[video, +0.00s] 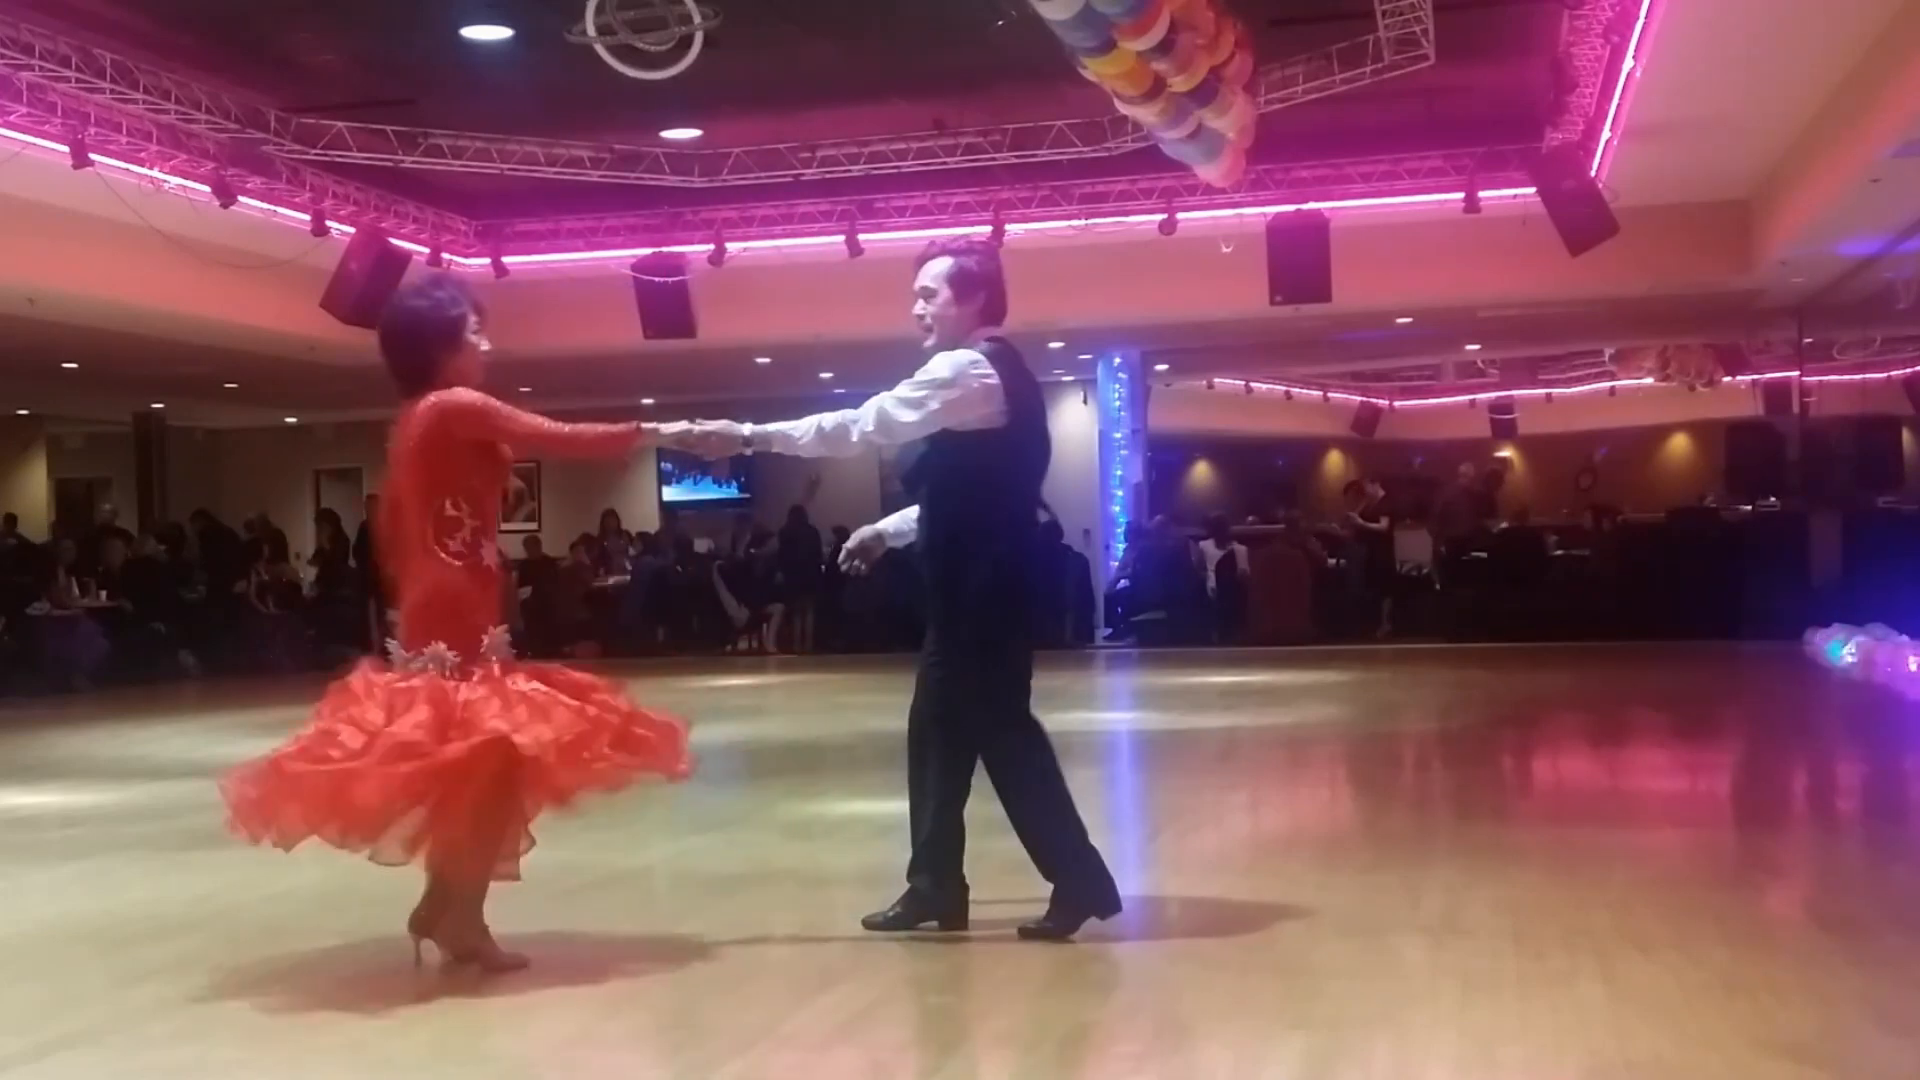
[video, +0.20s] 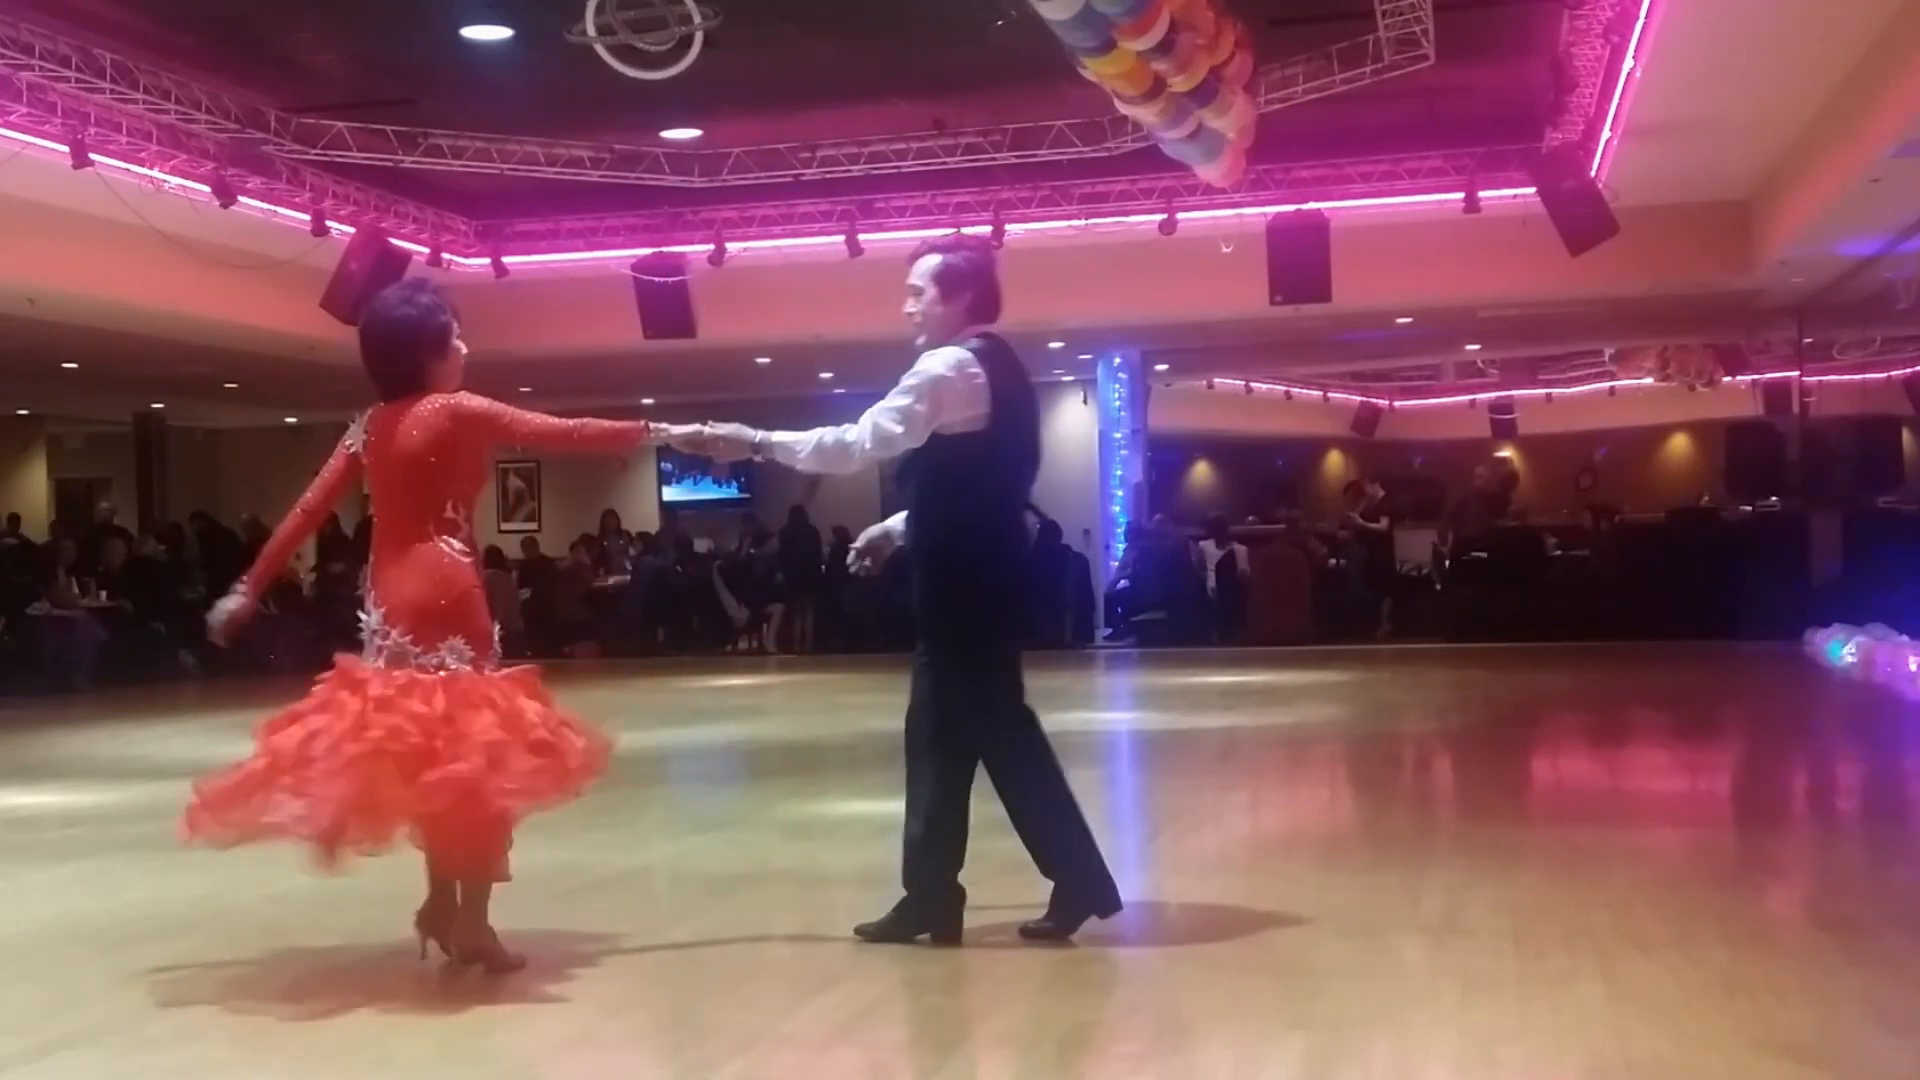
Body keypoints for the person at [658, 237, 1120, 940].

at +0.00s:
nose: (917, 310)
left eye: (930, 296)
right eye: (917, 298)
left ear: (975, 300)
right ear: (973, 307)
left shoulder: (968, 369)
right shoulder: (1001, 372)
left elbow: (858, 427)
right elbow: (974, 500)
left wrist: (743, 435)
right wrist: (887, 532)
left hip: (974, 582)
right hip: (994, 578)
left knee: (937, 729)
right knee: (1004, 729)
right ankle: (1081, 878)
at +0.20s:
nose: (907, 307)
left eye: (919, 294)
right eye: (908, 294)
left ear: (961, 299)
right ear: (967, 303)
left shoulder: (951, 368)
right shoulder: (998, 363)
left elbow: (856, 443)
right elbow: (979, 484)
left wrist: (745, 441)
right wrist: (899, 530)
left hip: (958, 575)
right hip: (986, 567)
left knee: (937, 732)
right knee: (999, 723)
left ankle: (931, 900)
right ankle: (1082, 880)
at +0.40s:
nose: (844, 311)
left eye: (854, 298)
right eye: (846, 297)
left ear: (893, 300)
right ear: (899, 302)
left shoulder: (894, 367)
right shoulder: (928, 366)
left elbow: (856, 470)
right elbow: (899, 501)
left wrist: (757, 474)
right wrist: (817, 536)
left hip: (905, 580)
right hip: (923, 576)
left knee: (888, 746)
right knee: (902, 746)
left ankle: (1005, 860)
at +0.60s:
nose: (764, 304)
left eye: (772, 290)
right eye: (766, 289)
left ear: (801, 293)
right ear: (835, 294)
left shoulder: (798, 362)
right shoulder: (871, 365)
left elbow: (792, 463)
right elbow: (844, 492)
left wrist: (681, 498)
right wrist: (741, 521)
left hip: (813, 586)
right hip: (873, 581)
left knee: (750, 743)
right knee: (865, 737)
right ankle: (918, 893)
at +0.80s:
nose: (682, 307)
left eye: (686, 295)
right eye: (688, 295)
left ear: (698, 299)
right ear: (761, 298)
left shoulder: (683, 371)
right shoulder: (809, 379)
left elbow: (659, 480)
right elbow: (815, 500)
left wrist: (569, 536)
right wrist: (777, 549)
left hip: (703, 592)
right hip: (790, 590)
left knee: (679, 762)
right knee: (822, 750)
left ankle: (693, 947)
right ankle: (871, 919)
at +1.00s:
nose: (623, 289)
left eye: (625, 278)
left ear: (629, 283)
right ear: (700, 279)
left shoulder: (596, 370)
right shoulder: (748, 365)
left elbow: (564, 476)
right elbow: (796, 474)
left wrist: (517, 545)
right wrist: (746, 483)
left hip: (631, 592)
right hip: (723, 590)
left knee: (643, 754)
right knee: (710, 747)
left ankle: (682, 943)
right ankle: (660, 912)